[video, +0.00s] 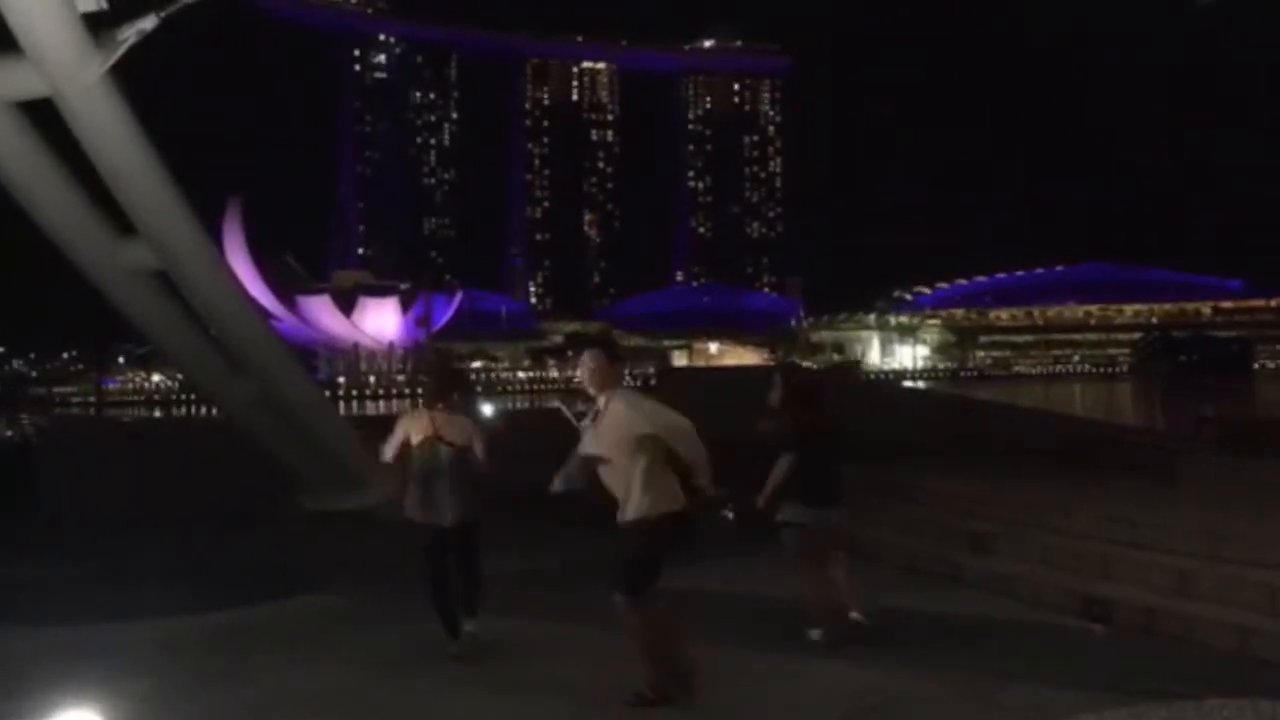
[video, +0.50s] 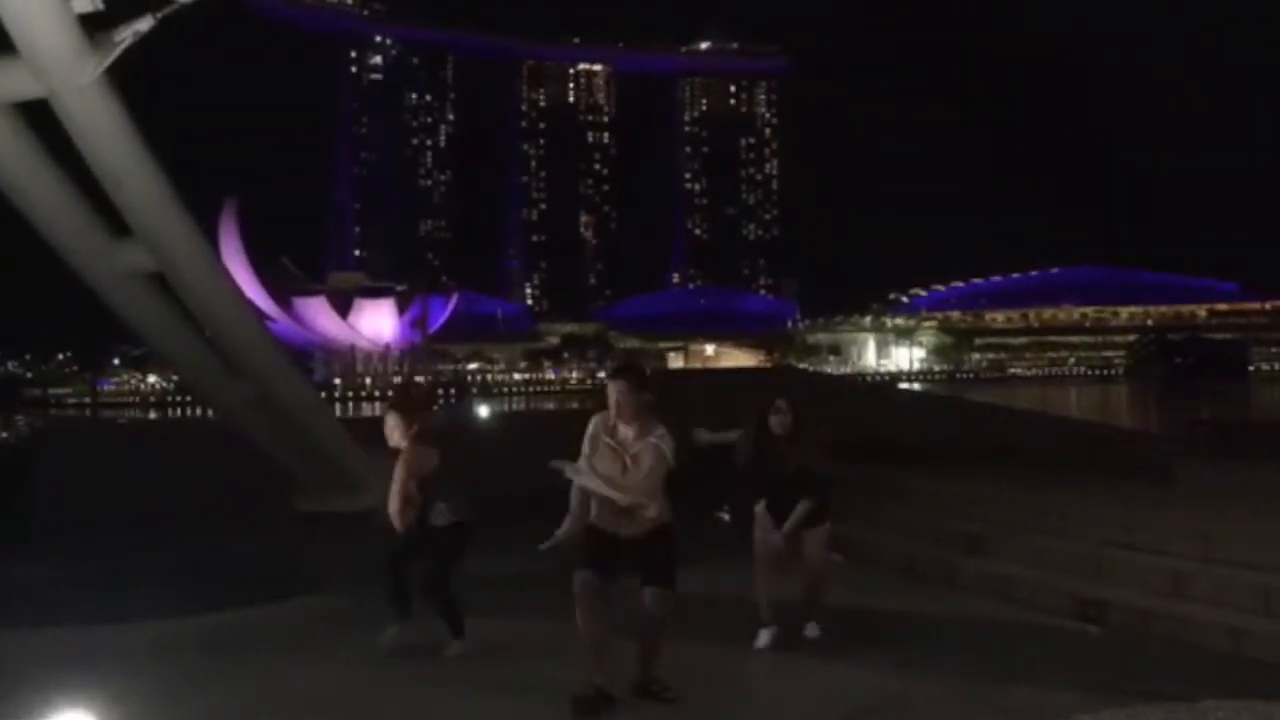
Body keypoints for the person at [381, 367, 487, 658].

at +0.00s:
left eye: (429, 395)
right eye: (449, 396)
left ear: (424, 395)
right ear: (454, 395)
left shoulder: (410, 422)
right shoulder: (465, 425)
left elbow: (388, 455)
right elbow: (480, 462)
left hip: (422, 515)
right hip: (459, 514)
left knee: (435, 572)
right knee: (464, 564)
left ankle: (451, 632)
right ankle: (469, 616)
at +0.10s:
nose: (420, 401)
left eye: (422, 396)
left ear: (425, 396)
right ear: (453, 394)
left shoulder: (419, 427)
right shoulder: (467, 424)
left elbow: (410, 476)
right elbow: (478, 468)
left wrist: (401, 478)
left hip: (434, 517)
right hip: (468, 514)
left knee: (442, 578)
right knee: (473, 571)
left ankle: (467, 637)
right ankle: (492, 630)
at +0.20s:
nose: (412, 412)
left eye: (416, 405)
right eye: (412, 404)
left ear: (426, 405)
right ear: (441, 400)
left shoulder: (432, 431)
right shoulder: (451, 425)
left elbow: (431, 475)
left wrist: (411, 495)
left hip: (443, 519)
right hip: (461, 517)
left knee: (434, 577)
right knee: (472, 573)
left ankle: (467, 635)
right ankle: (499, 630)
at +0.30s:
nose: (399, 417)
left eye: (402, 410)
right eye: (399, 411)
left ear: (416, 411)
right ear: (422, 410)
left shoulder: (425, 435)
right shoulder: (441, 430)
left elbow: (428, 474)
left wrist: (402, 486)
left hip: (451, 518)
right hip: (465, 516)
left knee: (441, 575)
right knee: (452, 573)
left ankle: (469, 634)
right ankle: (481, 623)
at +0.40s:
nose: (390, 420)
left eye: (393, 412)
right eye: (390, 413)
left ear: (408, 413)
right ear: (418, 412)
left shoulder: (419, 438)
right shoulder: (442, 432)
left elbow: (412, 492)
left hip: (442, 520)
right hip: (463, 518)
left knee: (441, 577)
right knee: (447, 577)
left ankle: (468, 636)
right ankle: (467, 634)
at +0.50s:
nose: (387, 431)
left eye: (391, 424)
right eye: (387, 424)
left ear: (407, 424)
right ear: (415, 424)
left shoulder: (411, 455)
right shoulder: (434, 449)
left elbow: (397, 504)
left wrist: (403, 527)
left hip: (433, 527)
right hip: (453, 525)